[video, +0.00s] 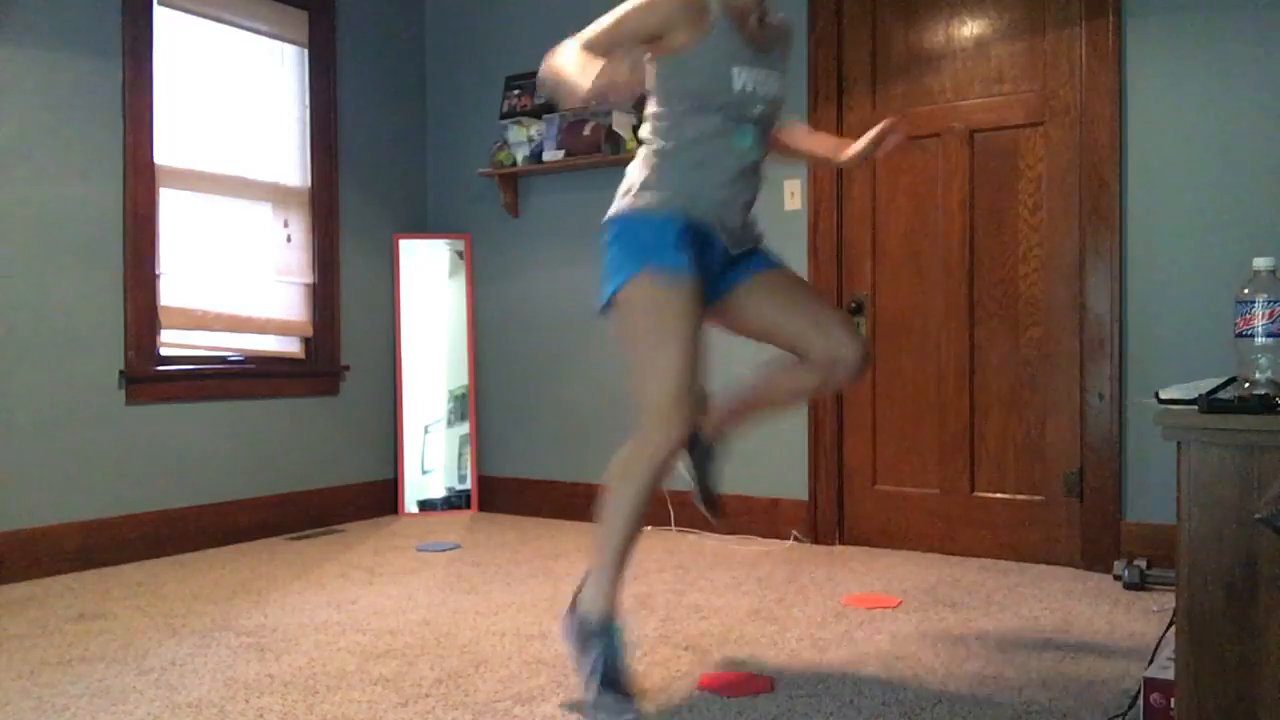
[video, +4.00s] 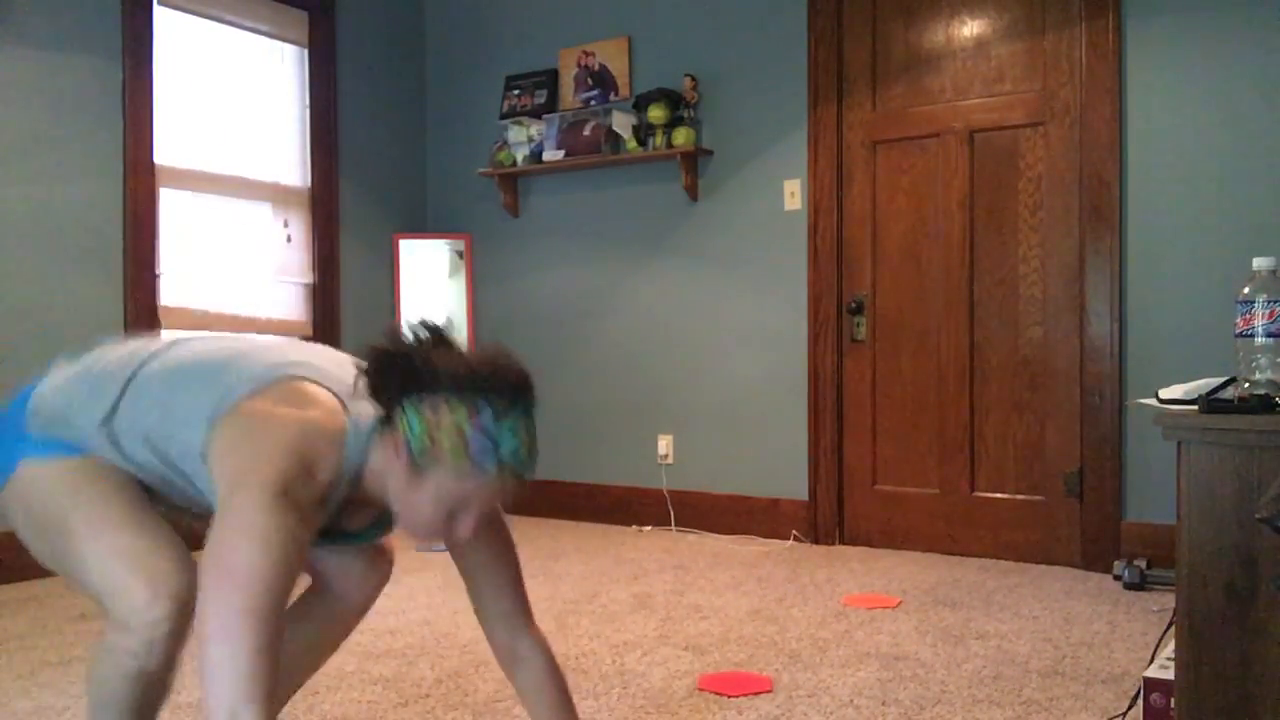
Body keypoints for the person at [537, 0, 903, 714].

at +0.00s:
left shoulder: (775, 33)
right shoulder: (682, 12)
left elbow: (755, 126)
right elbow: (562, 58)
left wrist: (840, 151)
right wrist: (590, 79)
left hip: (729, 243)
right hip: (655, 226)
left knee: (840, 354)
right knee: (668, 419)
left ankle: (708, 426)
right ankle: (592, 612)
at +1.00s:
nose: (513, 21)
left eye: (526, 8)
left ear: (533, 17)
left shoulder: (481, 120)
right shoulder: (308, 36)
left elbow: (483, 285)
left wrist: (515, 432)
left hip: (282, 297)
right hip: (145, 268)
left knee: (352, 491)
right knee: (168, 539)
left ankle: (182, 649)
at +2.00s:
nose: (477, 560)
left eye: (496, 547)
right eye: (473, 537)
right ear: (434, 471)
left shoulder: (471, 479)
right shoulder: (279, 469)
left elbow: (525, 662)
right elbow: (234, 709)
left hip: (192, 607)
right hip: (77, 584)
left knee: (131, 683)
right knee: (28, 696)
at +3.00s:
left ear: (564, 664)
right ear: (558, 714)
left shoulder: (521, 669)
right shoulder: (415, 687)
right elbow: (291, 712)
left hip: (297, 669)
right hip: (244, 698)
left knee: (171, 674)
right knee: (147, 689)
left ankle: (63, 620)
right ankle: (61, 622)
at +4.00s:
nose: (469, 532)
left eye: (485, 512)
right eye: (461, 507)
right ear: (415, 446)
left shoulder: (443, 451)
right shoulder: (279, 447)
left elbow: (520, 648)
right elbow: (234, 703)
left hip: (174, 433)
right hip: (54, 431)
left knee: (358, 571)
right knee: (158, 595)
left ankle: (244, 704)